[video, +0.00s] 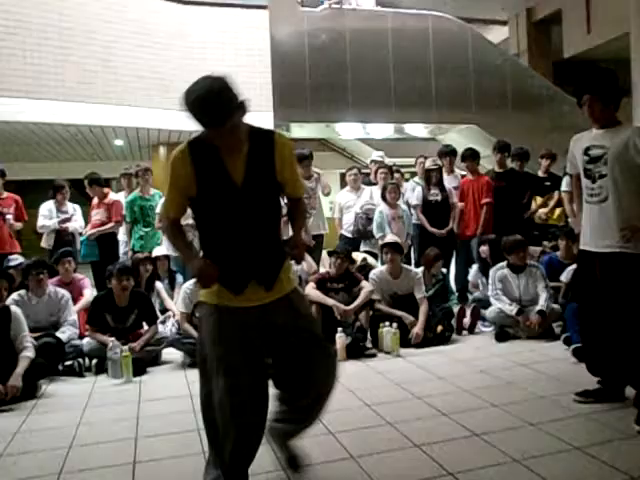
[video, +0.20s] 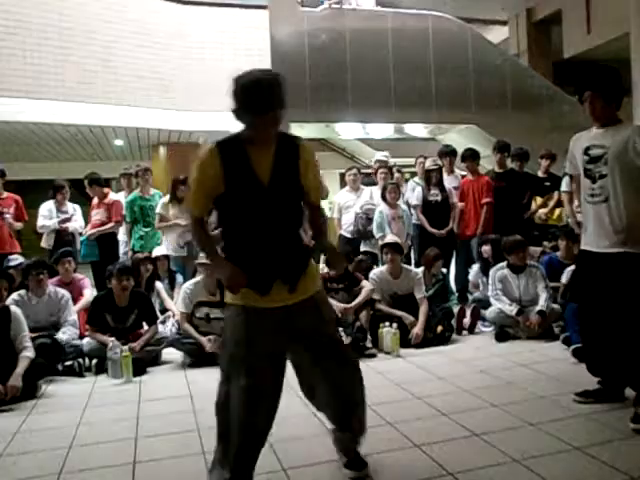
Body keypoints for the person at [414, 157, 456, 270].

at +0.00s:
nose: (435, 175)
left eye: (437, 172)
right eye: (431, 172)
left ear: (441, 173)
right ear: (427, 174)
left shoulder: (447, 190)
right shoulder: (421, 190)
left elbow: (453, 207)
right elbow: (418, 211)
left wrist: (450, 225)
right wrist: (430, 228)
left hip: (445, 231)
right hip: (427, 231)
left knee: (444, 265)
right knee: (426, 264)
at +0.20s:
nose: (435, 175)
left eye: (437, 172)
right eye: (432, 172)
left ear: (441, 174)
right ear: (427, 174)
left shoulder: (447, 190)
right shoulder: (422, 190)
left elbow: (453, 208)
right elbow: (418, 212)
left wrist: (450, 225)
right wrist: (430, 229)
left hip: (445, 231)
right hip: (427, 231)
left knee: (444, 264)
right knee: (427, 263)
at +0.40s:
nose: (434, 175)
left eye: (437, 172)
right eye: (431, 172)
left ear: (440, 173)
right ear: (426, 174)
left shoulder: (446, 190)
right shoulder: (421, 190)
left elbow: (453, 207)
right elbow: (418, 211)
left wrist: (450, 225)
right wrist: (430, 229)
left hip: (444, 231)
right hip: (427, 231)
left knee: (444, 264)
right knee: (426, 263)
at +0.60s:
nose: (434, 178)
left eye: (437, 174)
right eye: (431, 175)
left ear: (440, 176)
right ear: (427, 177)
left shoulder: (446, 190)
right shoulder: (421, 191)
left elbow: (452, 207)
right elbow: (418, 212)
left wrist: (449, 225)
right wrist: (430, 229)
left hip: (444, 232)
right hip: (427, 232)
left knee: (443, 265)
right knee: (426, 264)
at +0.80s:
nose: (434, 175)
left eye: (436, 172)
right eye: (431, 172)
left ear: (440, 173)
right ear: (426, 174)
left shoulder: (446, 190)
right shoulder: (421, 191)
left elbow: (453, 208)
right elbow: (418, 211)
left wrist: (449, 226)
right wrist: (430, 229)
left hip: (444, 231)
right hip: (427, 232)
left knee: (443, 265)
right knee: (426, 264)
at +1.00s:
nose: (444, 174)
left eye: (446, 171)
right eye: (441, 171)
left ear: (450, 173)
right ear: (436, 173)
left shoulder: (456, 190)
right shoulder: (431, 190)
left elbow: (463, 207)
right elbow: (427, 211)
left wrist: (459, 225)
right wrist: (439, 228)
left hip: (454, 232)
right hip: (437, 232)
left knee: (453, 266)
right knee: (437, 264)